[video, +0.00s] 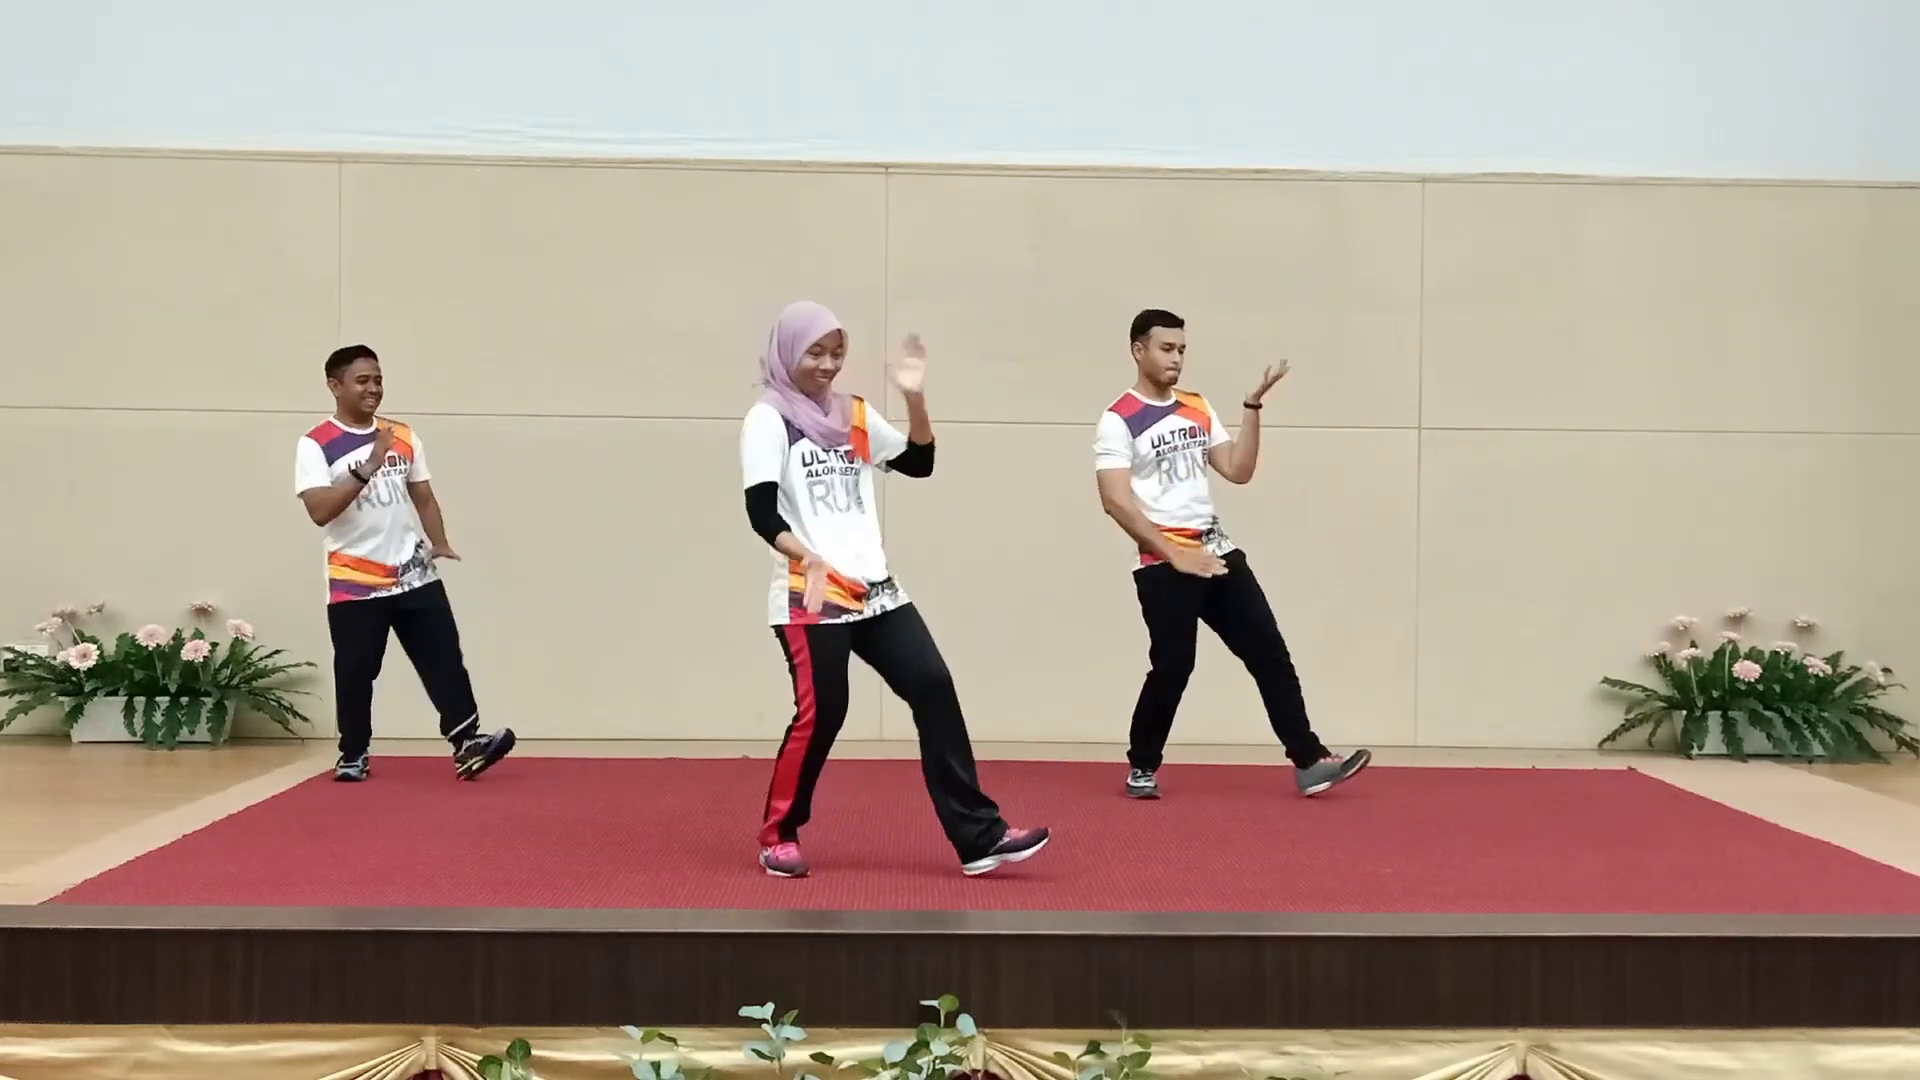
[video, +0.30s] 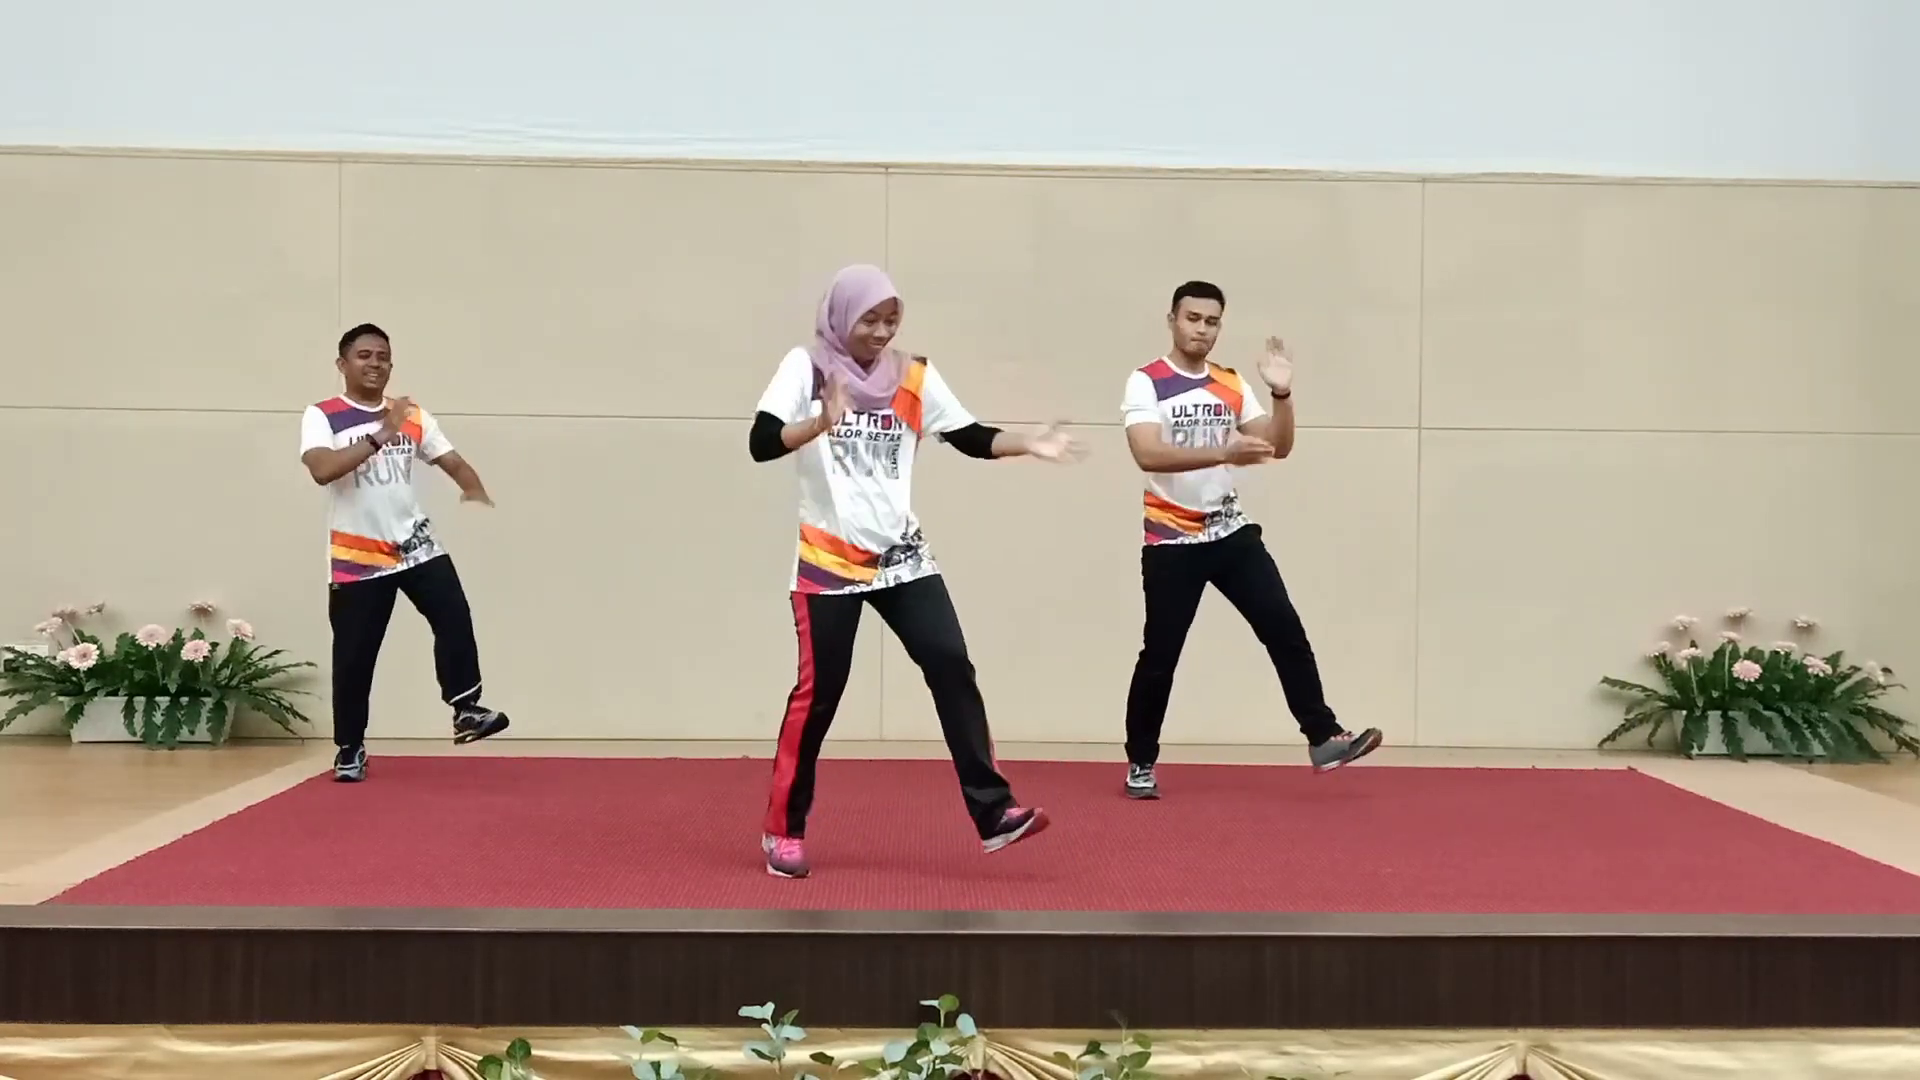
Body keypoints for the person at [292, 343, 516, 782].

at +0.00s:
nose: (373, 388)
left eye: (378, 380)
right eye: (363, 381)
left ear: (382, 384)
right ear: (335, 385)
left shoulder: (401, 437)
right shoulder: (316, 444)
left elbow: (423, 497)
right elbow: (319, 510)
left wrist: (439, 543)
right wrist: (369, 462)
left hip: (413, 573)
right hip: (355, 581)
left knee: (443, 657)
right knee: (354, 673)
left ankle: (467, 743)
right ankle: (353, 756)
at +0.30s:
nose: (375, 364)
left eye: (383, 357)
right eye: (364, 355)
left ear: (390, 365)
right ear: (343, 363)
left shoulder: (408, 415)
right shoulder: (322, 415)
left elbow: (452, 462)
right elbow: (322, 470)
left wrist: (472, 485)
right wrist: (382, 433)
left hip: (416, 547)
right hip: (358, 558)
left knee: (453, 614)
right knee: (353, 661)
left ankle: (466, 710)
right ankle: (350, 751)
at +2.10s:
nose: (597, 376)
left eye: (606, 367)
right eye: (596, 368)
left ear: (637, 373)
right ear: (601, 373)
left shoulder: (666, 427)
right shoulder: (590, 430)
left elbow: (690, 499)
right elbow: (579, 504)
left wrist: (693, 569)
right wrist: (566, 565)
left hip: (649, 576)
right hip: (596, 575)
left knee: (655, 669)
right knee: (589, 667)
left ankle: (656, 754)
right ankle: (588, 751)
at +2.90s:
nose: (616, 374)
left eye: (628, 365)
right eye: (609, 366)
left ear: (649, 372)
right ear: (602, 373)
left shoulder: (671, 427)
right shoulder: (588, 431)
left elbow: (689, 499)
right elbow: (575, 502)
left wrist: (670, 560)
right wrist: (560, 562)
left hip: (648, 575)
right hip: (596, 575)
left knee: (656, 669)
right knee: (593, 668)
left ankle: (656, 754)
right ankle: (589, 752)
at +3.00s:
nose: (632, 373)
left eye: (641, 366)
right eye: (622, 365)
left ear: (653, 373)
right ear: (604, 374)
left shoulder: (671, 427)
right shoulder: (584, 430)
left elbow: (691, 499)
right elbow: (571, 502)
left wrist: (683, 566)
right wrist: (557, 563)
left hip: (652, 575)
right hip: (596, 575)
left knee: (657, 670)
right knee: (593, 668)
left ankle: (656, 754)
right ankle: (589, 752)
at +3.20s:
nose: (646, 374)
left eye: (650, 367)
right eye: (636, 366)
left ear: (655, 373)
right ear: (609, 371)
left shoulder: (674, 428)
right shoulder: (580, 429)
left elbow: (694, 499)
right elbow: (564, 501)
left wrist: (691, 565)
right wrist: (552, 562)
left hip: (654, 574)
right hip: (596, 574)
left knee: (657, 669)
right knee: (592, 667)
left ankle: (656, 753)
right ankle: (589, 751)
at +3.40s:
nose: (654, 375)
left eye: (656, 367)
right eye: (644, 367)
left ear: (657, 372)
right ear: (613, 373)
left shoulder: (675, 430)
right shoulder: (578, 427)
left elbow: (691, 501)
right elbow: (559, 498)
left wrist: (689, 564)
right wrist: (550, 560)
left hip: (656, 574)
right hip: (597, 573)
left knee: (659, 669)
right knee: (594, 667)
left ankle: (657, 753)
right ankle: (589, 751)